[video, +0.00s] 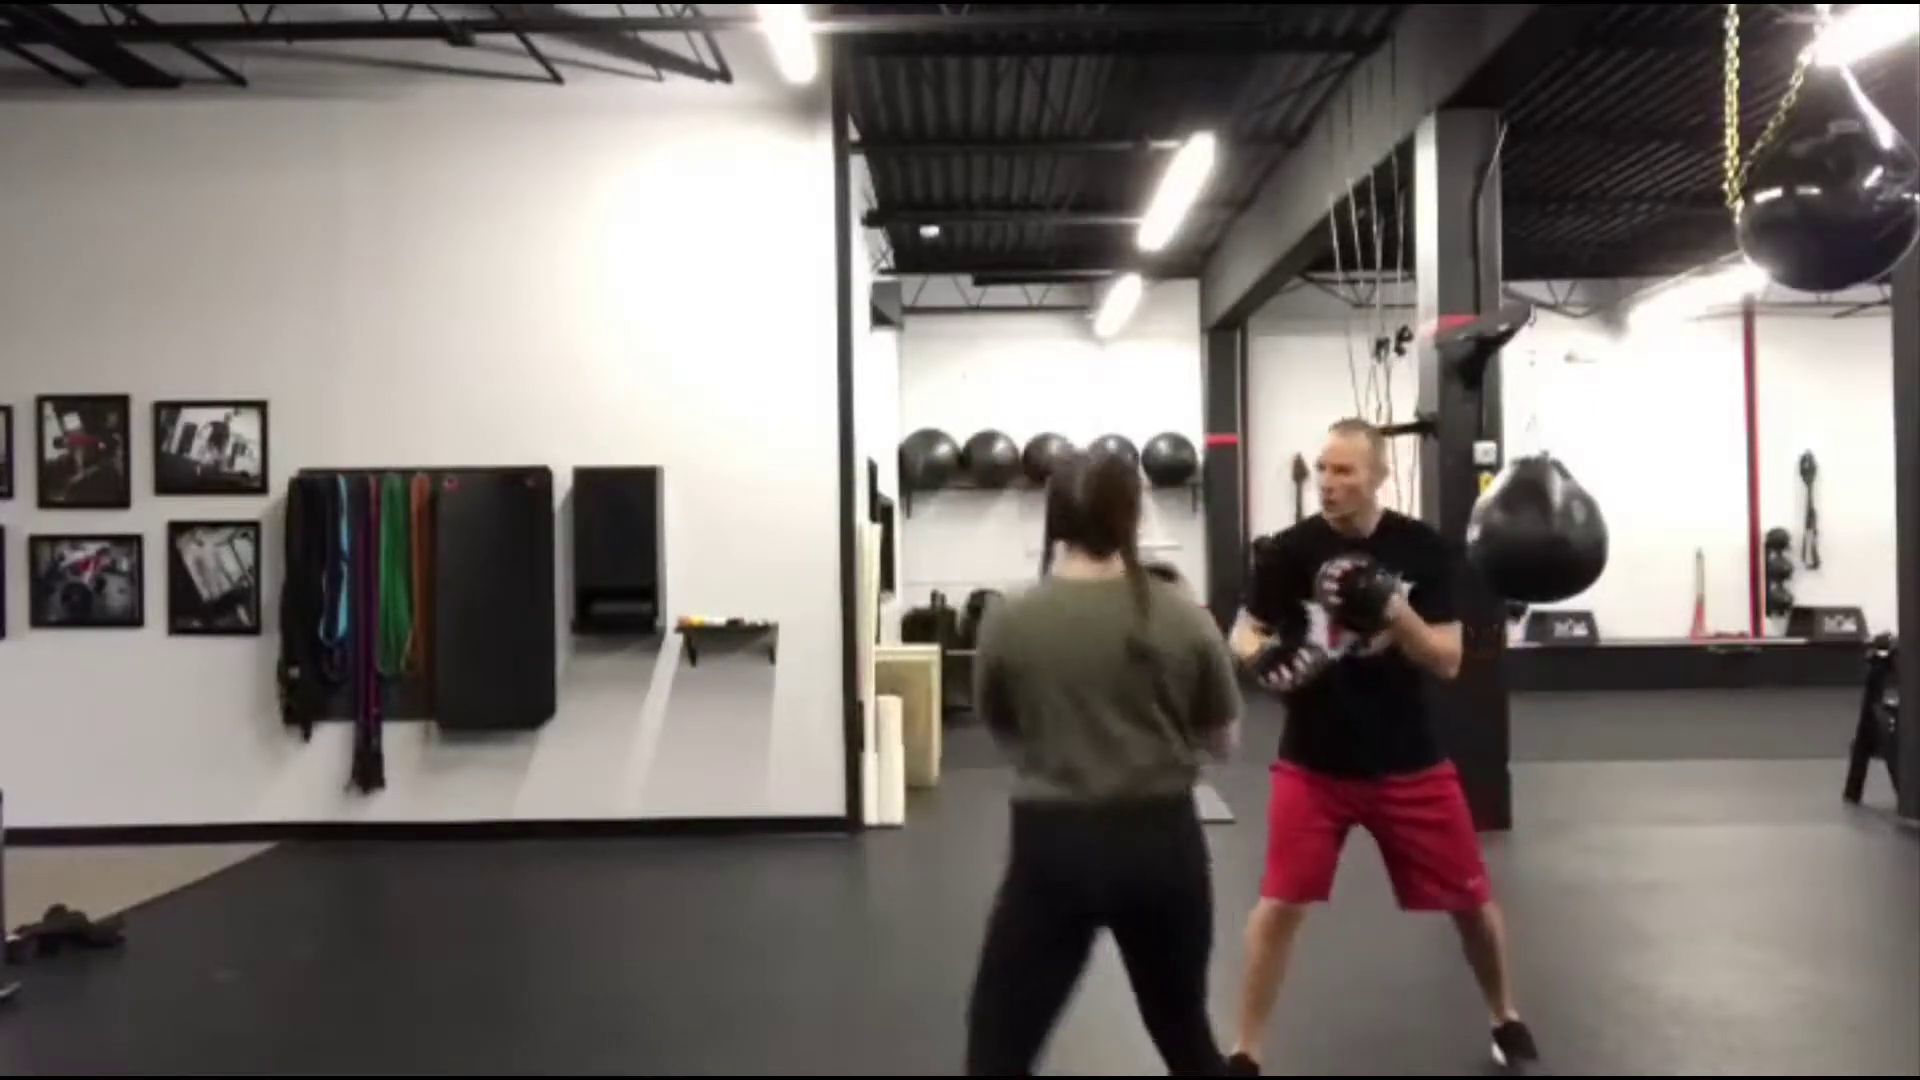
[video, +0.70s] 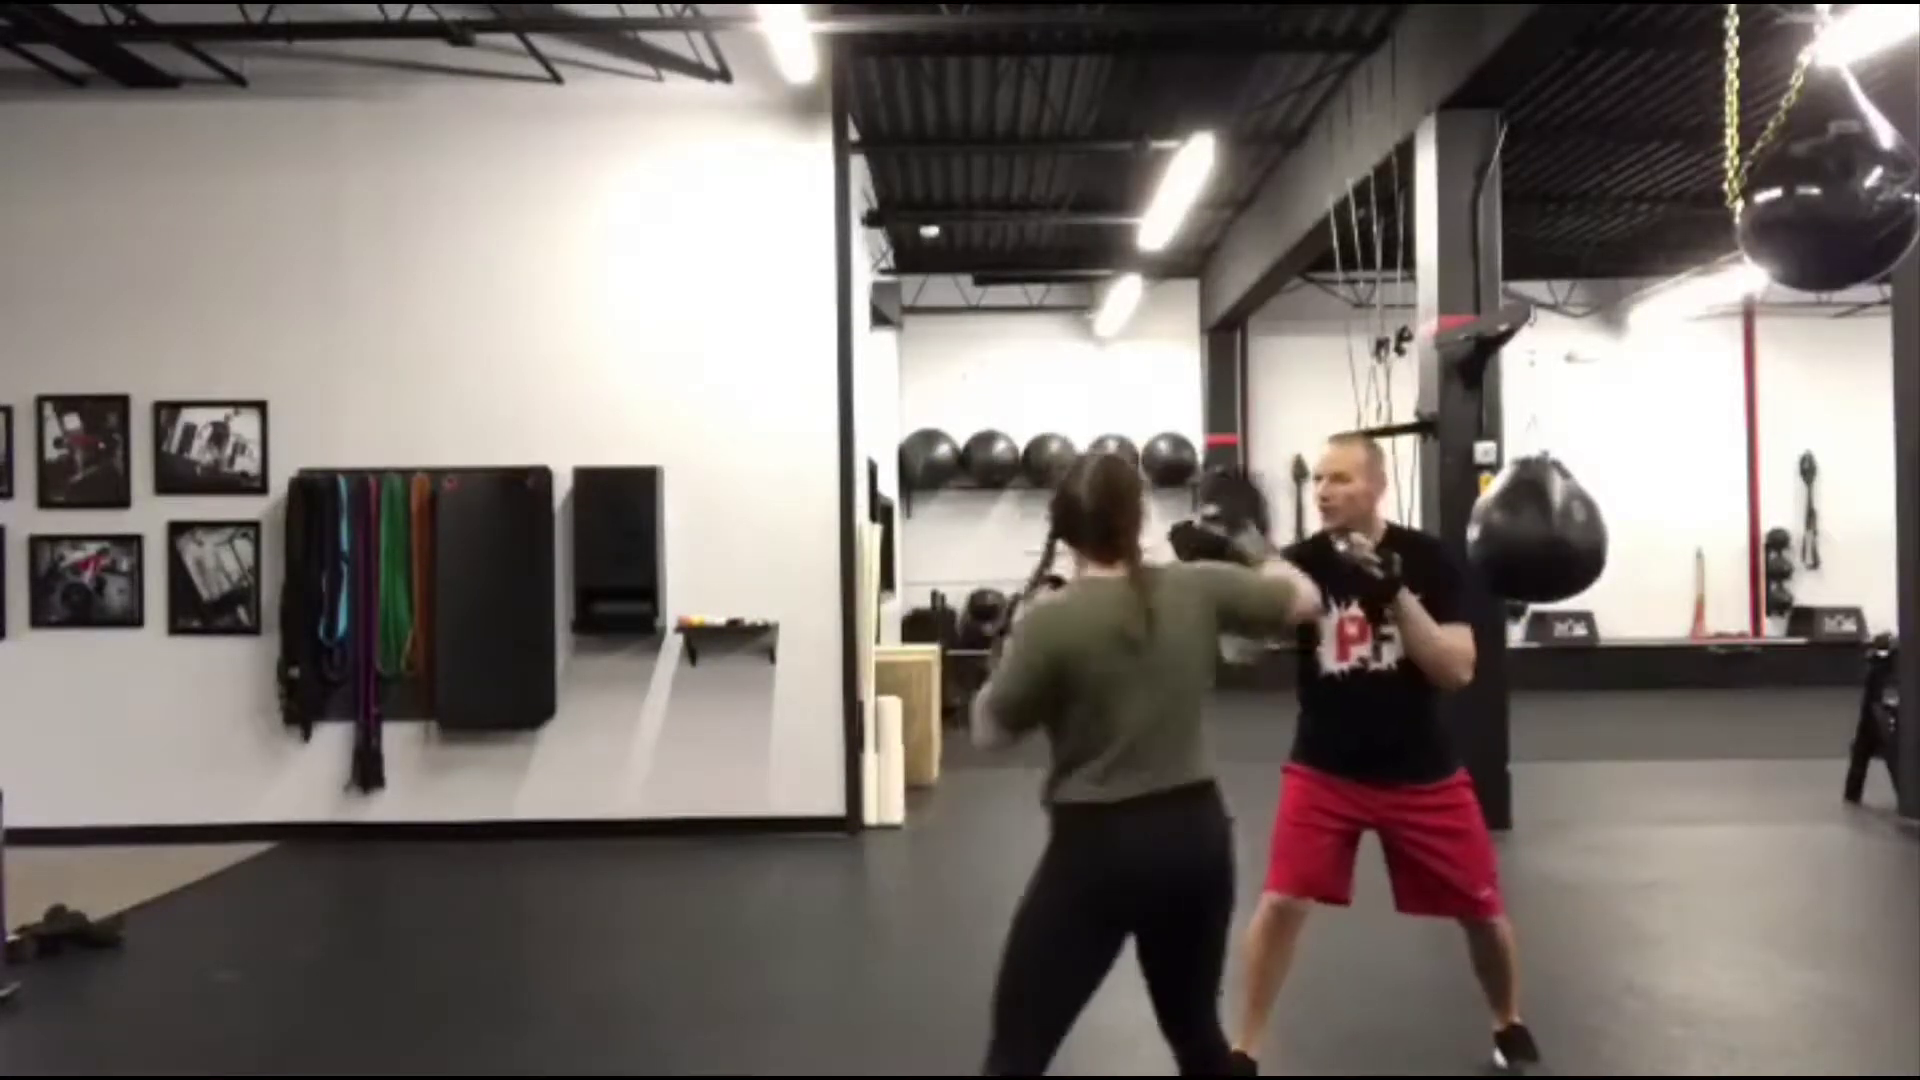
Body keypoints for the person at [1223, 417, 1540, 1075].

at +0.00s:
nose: (1329, 483)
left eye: (1344, 471)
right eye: (1323, 471)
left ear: (1379, 478)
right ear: (1315, 475)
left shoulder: (1428, 549)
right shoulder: (1286, 553)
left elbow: (1447, 659)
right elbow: (1244, 638)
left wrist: (1395, 612)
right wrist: (1269, 655)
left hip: (1411, 767)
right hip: (1312, 767)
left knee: (1473, 902)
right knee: (1281, 902)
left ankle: (1505, 1020)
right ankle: (1246, 1054)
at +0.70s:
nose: (1323, 491)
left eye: (1339, 479)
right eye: (1318, 480)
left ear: (1380, 486)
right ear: (1313, 489)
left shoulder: (1430, 558)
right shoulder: (1304, 563)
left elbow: (1457, 668)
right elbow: (1262, 616)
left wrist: (1395, 593)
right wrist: (1241, 564)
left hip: (1425, 777)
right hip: (1323, 772)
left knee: (1485, 915)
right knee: (1281, 903)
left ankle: (1509, 1028)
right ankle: (1244, 1050)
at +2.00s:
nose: (1301, 501)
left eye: (1314, 487)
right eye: (1289, 489)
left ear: (1342, 490)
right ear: (1278, 496)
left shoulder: (1391, 561)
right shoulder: (1266, 568)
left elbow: (1435, 665)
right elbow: (1234, 649)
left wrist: (1360, 660)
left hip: (1405, 778)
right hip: (1311, 778)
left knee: (1469, 914)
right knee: (1264, 914)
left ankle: (1514, 1022)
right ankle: (1235, 1047)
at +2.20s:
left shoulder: (1327, 569)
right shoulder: (1198, 585)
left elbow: (1391, 657)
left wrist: (1361, 720)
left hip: (1338, 765)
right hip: (1252, 778)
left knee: (1420, 896)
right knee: (1245, 915)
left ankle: (1500, 1018)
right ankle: (1236, 1045)